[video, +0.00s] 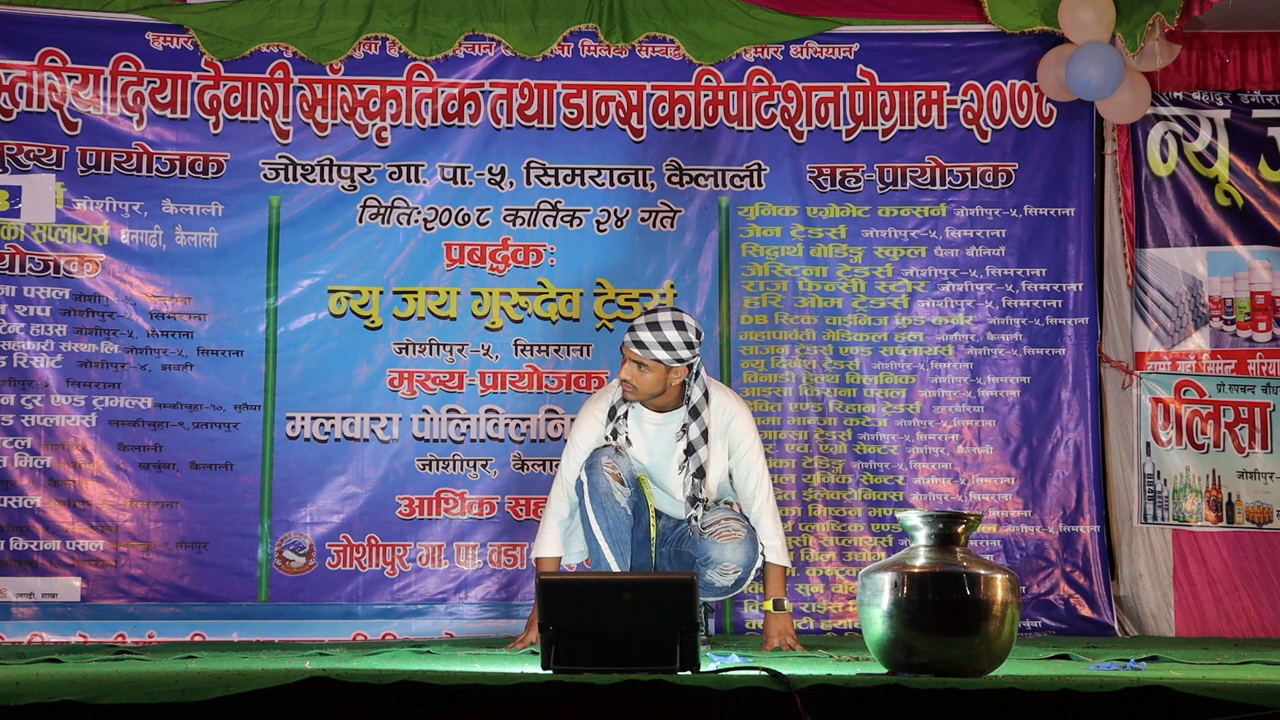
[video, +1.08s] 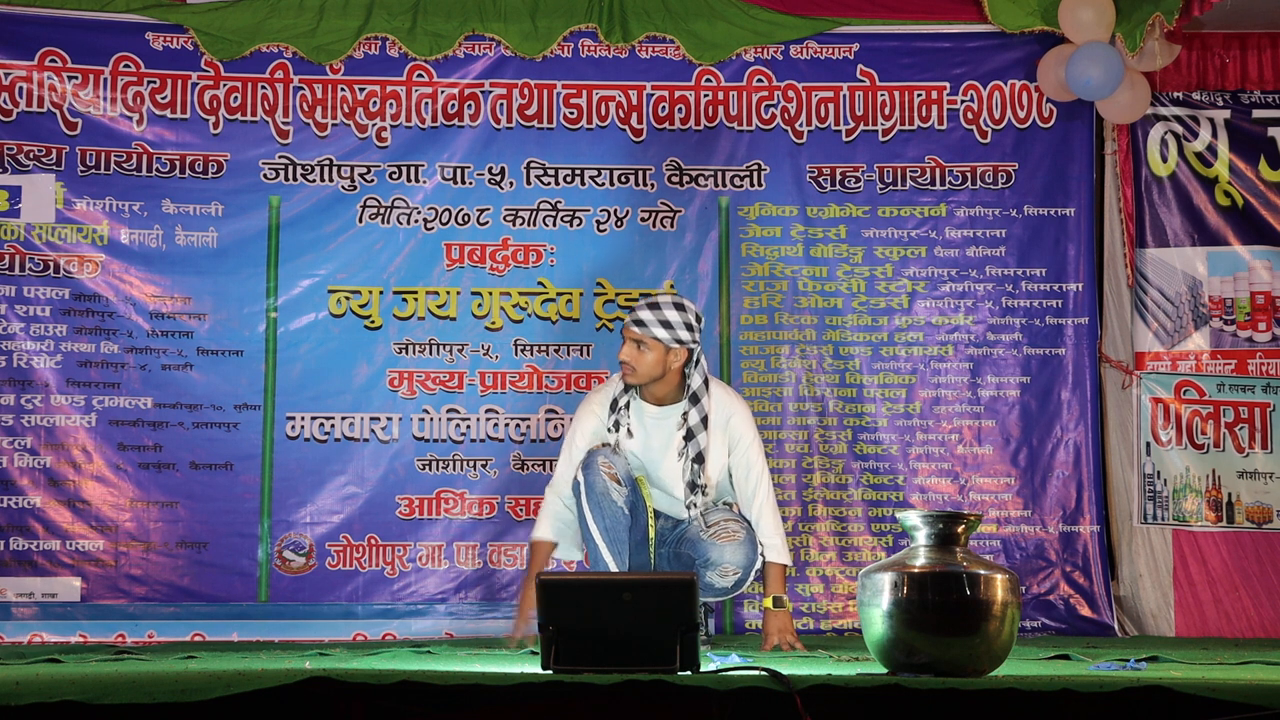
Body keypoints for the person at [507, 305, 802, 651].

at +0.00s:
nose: (623, 374)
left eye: (639, 367)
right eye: (624, 360)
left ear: (678, 373)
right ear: (622, 355)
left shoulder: (728, 414)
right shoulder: (600, 411)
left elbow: (763, 508)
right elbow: (559, 506)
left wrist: (777, 609)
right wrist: (541, 608)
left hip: (693, 541)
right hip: (630, 532)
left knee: (733, 545)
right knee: (604, 462)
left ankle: (690, 610)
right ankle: (618, 606)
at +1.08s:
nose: (623, 355)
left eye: (640, 346)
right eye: (624, 341)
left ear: (676, 357)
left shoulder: (726, 410)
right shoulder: (602, 404)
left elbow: (761, 503)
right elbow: (560, 495)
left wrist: (776, 604)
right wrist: (530, 590)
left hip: (693, 542)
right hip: (630, 532)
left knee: (734, 545)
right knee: (599, 461)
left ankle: (688, 613)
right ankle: (621, 605)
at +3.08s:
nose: (663, 421)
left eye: (673, 412)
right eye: (652, 412)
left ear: (689, 390)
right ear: (631, 391)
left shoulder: (725, 415)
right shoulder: (595, 411)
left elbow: (759, 506)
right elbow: (552, 500)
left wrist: (776, 606)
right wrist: (532, 600)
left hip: (691, 540)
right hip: (627, 536)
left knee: (731, 549)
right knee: (596, 466)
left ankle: (692, 608)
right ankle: (623, 603)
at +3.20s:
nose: (662, 421)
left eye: (672, 412)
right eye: (651, 412)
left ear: (689, 390)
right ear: (631, 391)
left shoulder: (725, 414)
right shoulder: (596, 410)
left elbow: (759, 506)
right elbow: (552, 499)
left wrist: (776, 606)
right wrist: (532, 600)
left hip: (692, 538)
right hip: (628, 535)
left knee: (731, 550)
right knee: (595, 466)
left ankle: (693, 608)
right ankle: (623, 604)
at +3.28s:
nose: (662, 420)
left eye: (673, 411)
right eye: (652, 411)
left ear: (689, 389)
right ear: (631, 391)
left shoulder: (725, 414)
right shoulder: (595, 410)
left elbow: (758, 506)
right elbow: (552, 500)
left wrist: (776, 605)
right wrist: (532, 600)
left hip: (691, 538)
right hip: (627, 535)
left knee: (730, 550)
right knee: (596, 466)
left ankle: (692, 608)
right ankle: (623, 604)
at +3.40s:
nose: (662, 420)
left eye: (673, 410)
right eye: (652, 411)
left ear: (689, 389)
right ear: (631, 391)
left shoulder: (725, 414)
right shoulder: (595, 410)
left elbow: (758, 506)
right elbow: (552, 500)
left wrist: (776, 606)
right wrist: (532, 600)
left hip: (692, 538)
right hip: (627, 535)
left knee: (729, 550)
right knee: (595, 466)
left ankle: (692, 608)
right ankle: (623, 604)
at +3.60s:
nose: (661, 420)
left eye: (671, 410)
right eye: (650, 411)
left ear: (688, 389)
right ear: (630, 392)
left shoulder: (725, 414)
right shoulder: (594, 411)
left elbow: (758, 506)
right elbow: (552, 500)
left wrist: (775, 606)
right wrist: (532, 600)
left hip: (691, 538)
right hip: (628, 535)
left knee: (729, 550)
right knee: (595, 466)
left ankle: (691, 609)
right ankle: (622, 604)